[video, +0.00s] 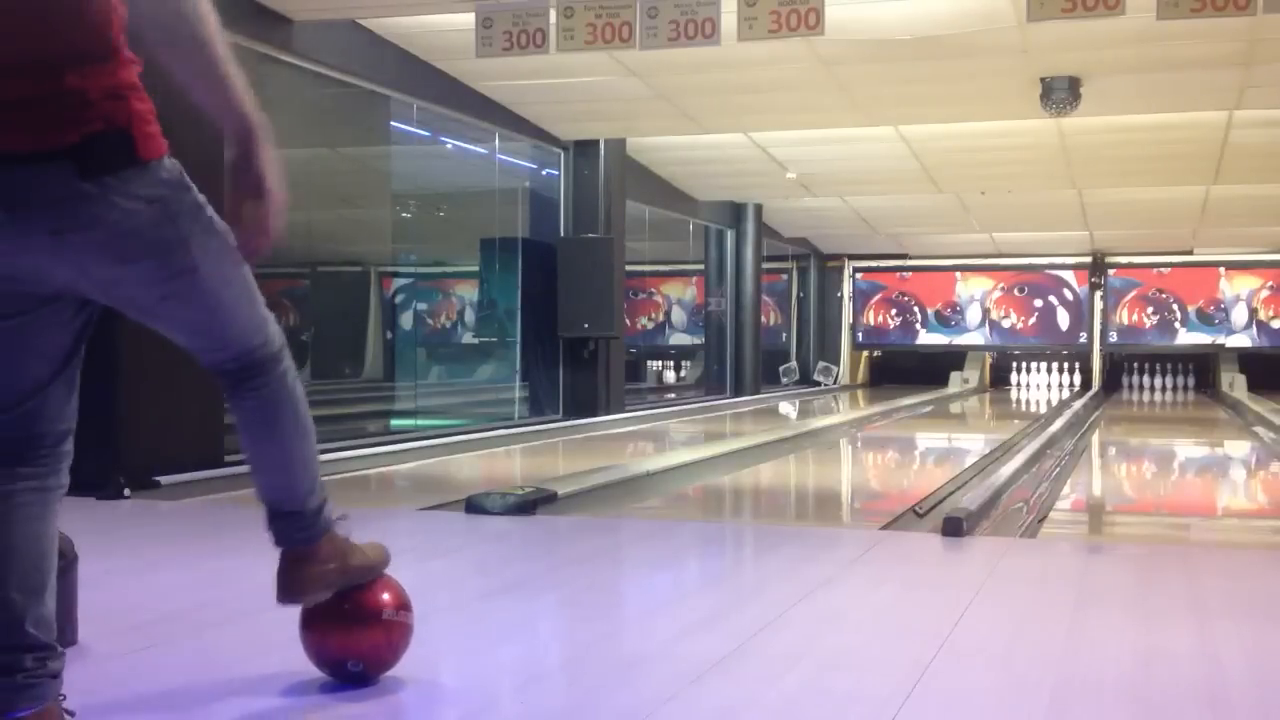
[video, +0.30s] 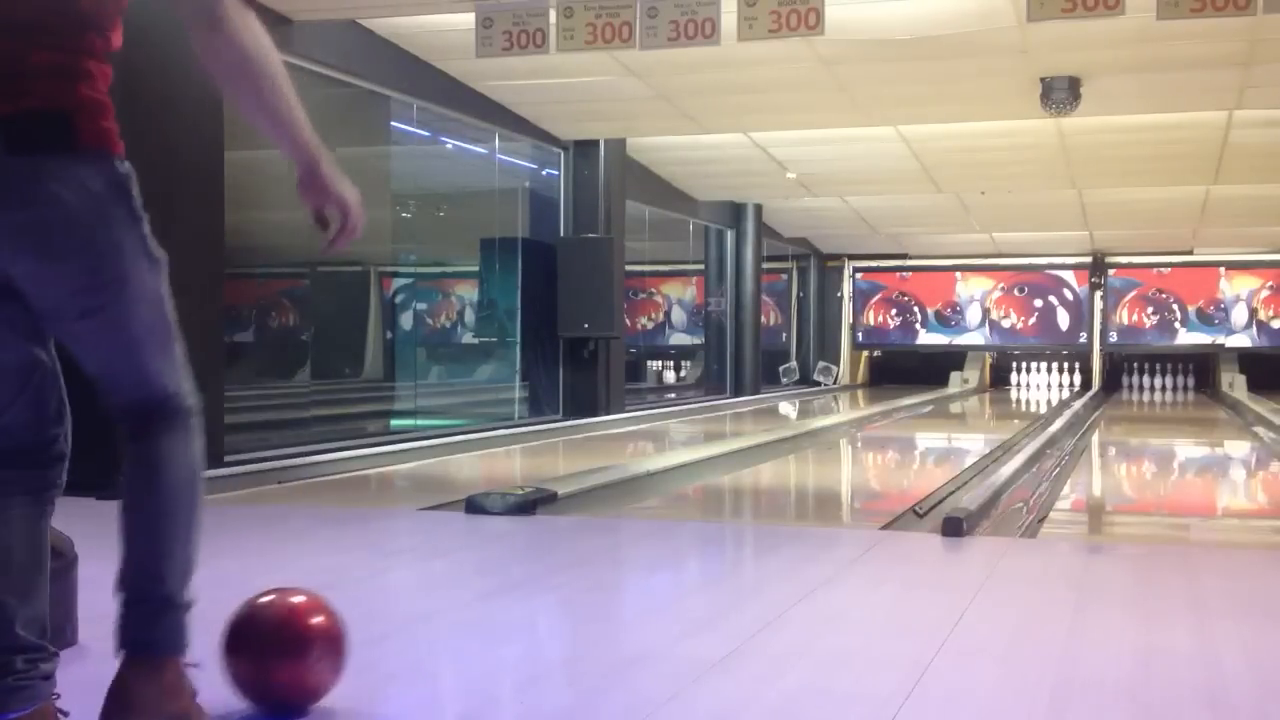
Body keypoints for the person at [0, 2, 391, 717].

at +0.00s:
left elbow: (155, 10)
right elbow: (157, 5)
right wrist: (245, 129)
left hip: (9, 187)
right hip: (102, 167)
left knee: (25, 463)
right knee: (254, 360)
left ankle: (25, 696)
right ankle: (310, 545)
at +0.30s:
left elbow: (215, 18)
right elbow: (215, 17)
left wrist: (310, 157)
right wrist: (312, 158)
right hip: (50, 149)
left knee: (21, 447)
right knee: (159, 413)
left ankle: (21, 698)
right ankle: (152, 676)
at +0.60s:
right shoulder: (210, 9)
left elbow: (239, 156)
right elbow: (236, 155)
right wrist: (303, 338)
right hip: (45, 119)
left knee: (13, 428)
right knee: (151, 297)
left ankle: (16, 680)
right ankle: (135, 544)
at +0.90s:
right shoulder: (260, 4)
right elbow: (275, 143)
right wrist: (337, 298)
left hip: (17, 149)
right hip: (102, 137)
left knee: (20, 431)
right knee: (221, 172)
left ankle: (23, 679)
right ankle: (216, 408)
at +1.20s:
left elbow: (60, 154)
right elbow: (344, 105)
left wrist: (60, 251)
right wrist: (360, 268)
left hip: (120, 209)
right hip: (233, 192)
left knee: (123, 447)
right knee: (345, 320)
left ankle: (38, 656)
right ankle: (371, 518)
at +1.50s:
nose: (574, 75)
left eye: (579, 59)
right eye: (576, 57)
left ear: (516, 22)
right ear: (558, 45)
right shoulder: (498, 61)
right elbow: (390, 54)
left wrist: (245, 142)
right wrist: (289, 130)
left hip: (303, 261)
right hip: (381, 259)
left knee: (307, 467)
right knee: (455, 425)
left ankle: (165, 548)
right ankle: (416, 607)